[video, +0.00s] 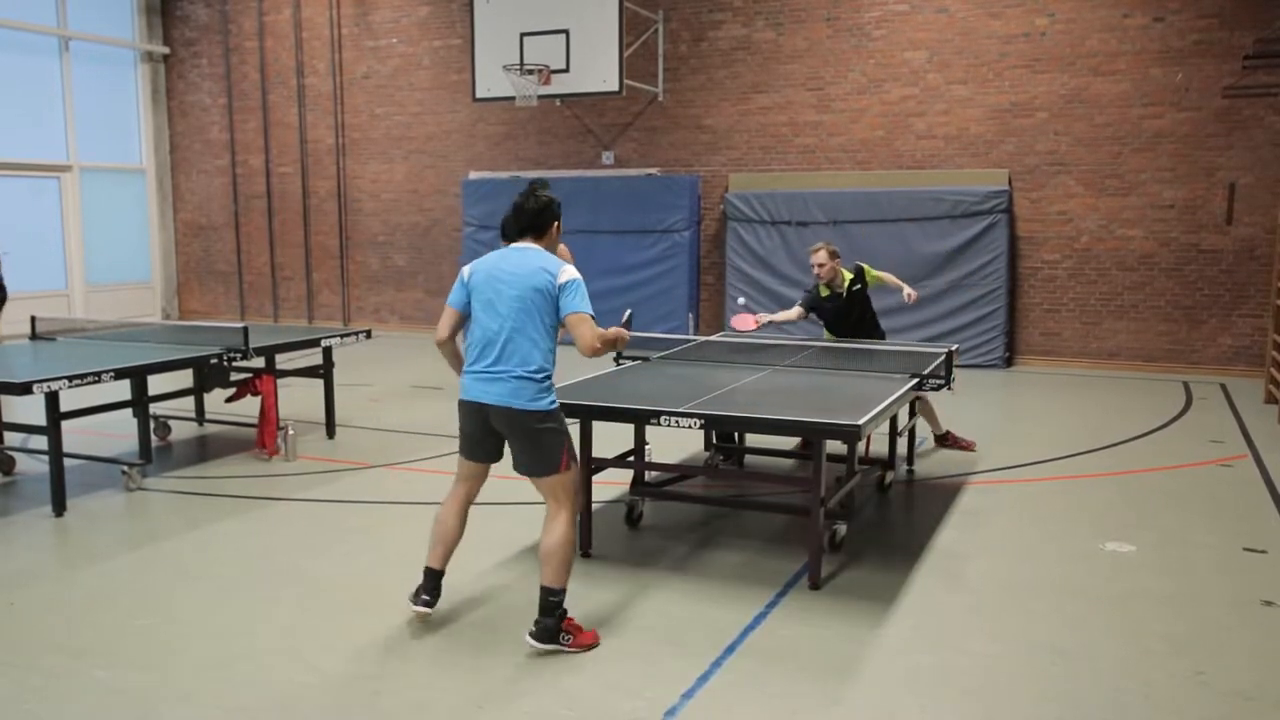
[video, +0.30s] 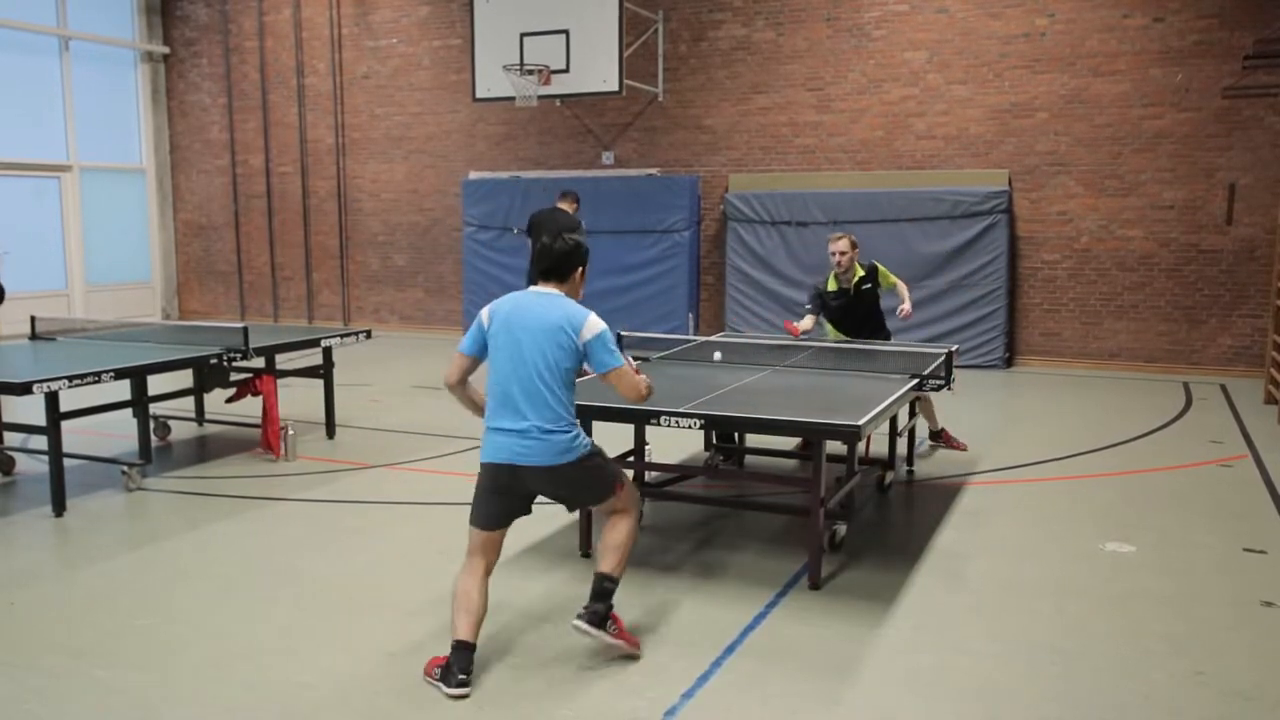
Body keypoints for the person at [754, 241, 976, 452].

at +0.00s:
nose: (816, 272)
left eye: (820, 266)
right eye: (813, 267)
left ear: (836, 263)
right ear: (813, 270)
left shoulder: (857, 273)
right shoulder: (816, 294)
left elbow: (882, 278)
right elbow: (796, 313)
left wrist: (904, 287)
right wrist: (769, 317)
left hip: (877, 349)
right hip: (840, 354)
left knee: (915, 390)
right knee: (821, 392)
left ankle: (941, 435)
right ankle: (809, 439)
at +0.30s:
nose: (837, 259)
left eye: (842, 253)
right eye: (833, 255)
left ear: (854, 253)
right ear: (828, 257)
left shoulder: (872, 271)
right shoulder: (822, 289)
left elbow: (897, 284)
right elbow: (810, 319)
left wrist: (906, 302)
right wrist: (799, 328)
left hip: (881, 349)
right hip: (844, 352)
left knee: (918, 385)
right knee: (818, 388)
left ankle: (936, 432)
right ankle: (810, 438)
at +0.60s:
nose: (868, 237)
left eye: (873, 231)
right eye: (864, 232)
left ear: (886, 231)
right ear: (860, 234)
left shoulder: (908, 250)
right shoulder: (858, 262)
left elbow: (935, 276)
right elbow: (851, 292)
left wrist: (919, 298)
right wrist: (841, 308)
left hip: (909, 325)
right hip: (873, 324)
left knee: (931, 375)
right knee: (848, 366)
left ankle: (940, 429)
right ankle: (858, 428)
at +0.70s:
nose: (869, 239)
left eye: (874, 233)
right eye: (865, 234)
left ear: (886, 232)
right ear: (861, 236)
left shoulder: (909, 250)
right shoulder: (858, 262)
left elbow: (936, 277)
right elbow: (850, 291)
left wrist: (917, 298)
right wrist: (843, 310)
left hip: (910, 324)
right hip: (874, 323)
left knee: (935, 374)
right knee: (855, 371)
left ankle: (954, 427)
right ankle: (859, 431)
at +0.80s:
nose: (870, 256)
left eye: (875, 250)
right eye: (866, 251)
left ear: (887, 249)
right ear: (862, 253)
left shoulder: (906, 265)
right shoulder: (859, 276)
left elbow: (936, 288)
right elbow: (843, 307)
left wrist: (911, 307)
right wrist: (846, 327)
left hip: (912, 337)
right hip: (875, 335)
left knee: (940, 379)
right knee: (853, 377)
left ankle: (961, 429)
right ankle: (861, 432)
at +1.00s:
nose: (852, 271)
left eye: (856, 265)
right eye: (848, 267)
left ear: (870, 263)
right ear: (846, 268)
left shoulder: (889, 277)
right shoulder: (850, 291)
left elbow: (896, 307)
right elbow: (844, 321)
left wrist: (858, 317)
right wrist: (822, 342)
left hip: (912, 341)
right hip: (878, 344)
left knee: (941, 385)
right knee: (859, 384)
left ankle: (961, 430)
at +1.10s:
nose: (830, 270)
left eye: (833, 265)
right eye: (826, 267)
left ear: (847, 263)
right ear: (826, 269)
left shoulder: (860, 277)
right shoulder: (837, 288)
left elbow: (849, 303)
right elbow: (829, 321)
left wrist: (818, 313)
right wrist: (803, 341)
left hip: (902, 336)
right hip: (872, 336)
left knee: (930, 387)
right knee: (850, 380)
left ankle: (962, 429)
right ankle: (850, 431)